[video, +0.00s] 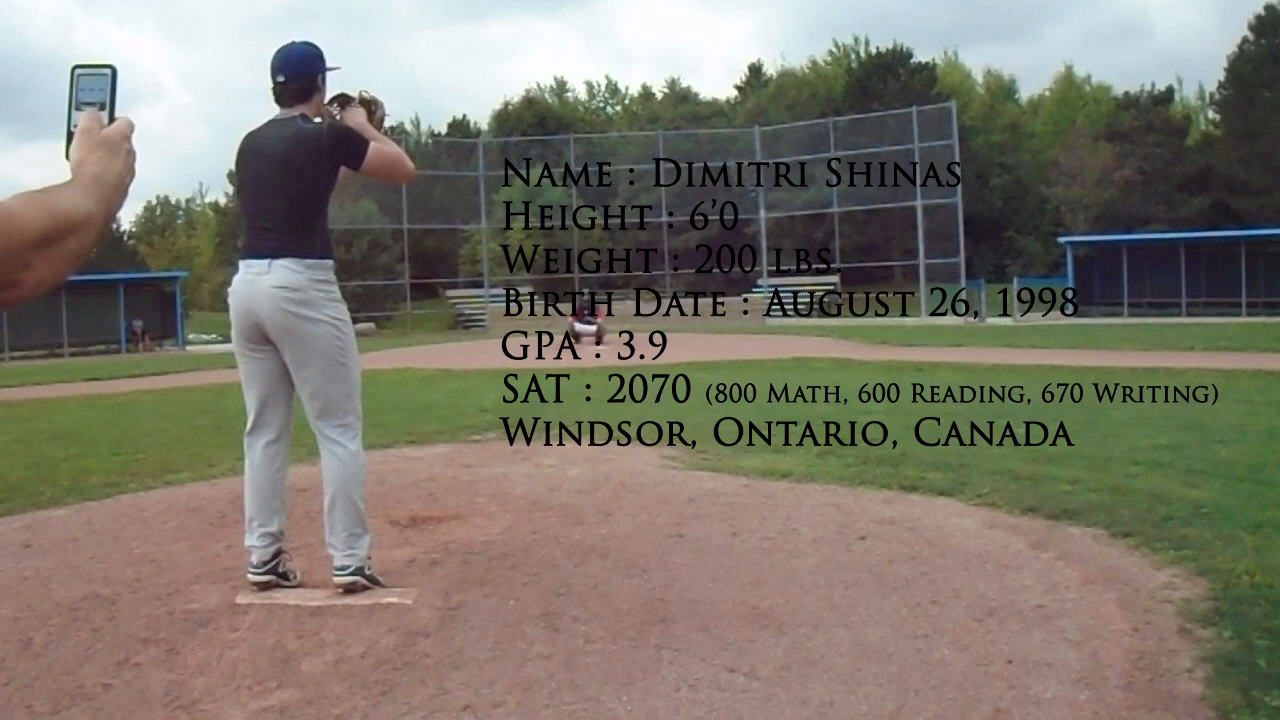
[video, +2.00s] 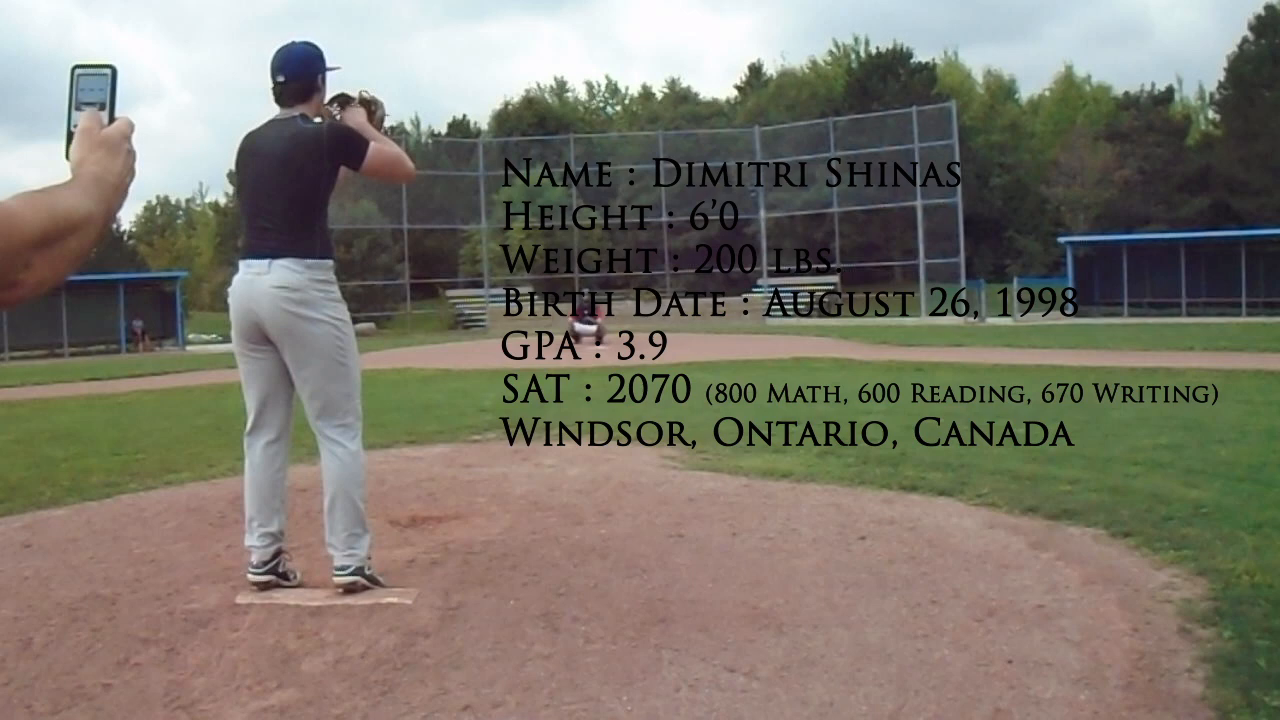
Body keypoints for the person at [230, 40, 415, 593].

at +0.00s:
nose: (327, 88)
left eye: (322, 81)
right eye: (325, 81)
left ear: (275, 88)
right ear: (320, 86)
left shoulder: (250, 143)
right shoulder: (327, 135)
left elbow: (301, 185)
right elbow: (402, 167)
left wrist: (327, 131)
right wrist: (362, 125)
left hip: (246, 288)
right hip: (303, 286)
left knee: (264, 430)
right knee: (338, 429)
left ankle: (263, 558)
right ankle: (350, 561)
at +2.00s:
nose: (327, 88)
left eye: (322, 81)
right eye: (325, 81)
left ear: (275, 88)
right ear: (320, 86)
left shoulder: (250, 143)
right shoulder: (327, 135)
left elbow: (301, 185)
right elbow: (402, 167)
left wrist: (327, 131)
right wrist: (362, 125)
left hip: (246, 288)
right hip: (303, 286)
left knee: (264, 430)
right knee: (338, 429)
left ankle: (263, 558)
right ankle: (350, 561)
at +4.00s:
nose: (327, 88)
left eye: (322, 81)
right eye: (325, 81)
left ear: (275, 88)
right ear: (320, 86)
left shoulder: (250, 143)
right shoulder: (327, 135)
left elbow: (301, 185)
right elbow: (402, 167)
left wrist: (327, 131)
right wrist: (362, 125)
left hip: (246, 288)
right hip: (303, 286)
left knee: (264, 430)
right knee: (338, 429)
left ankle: (263, 558)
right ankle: (350, 561)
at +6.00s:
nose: (356, 98)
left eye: (349, 90)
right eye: (357, 90)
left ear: (306, 94)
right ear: (352, 94)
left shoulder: (276, 143)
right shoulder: (354, 135)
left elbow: (335, 203)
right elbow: (429, 176)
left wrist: (370, 149)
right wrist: (392, 134)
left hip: (255, 292)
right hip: (314, 290)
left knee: (282, 426)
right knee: (347, 437)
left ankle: (253, 551)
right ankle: (350, 564)